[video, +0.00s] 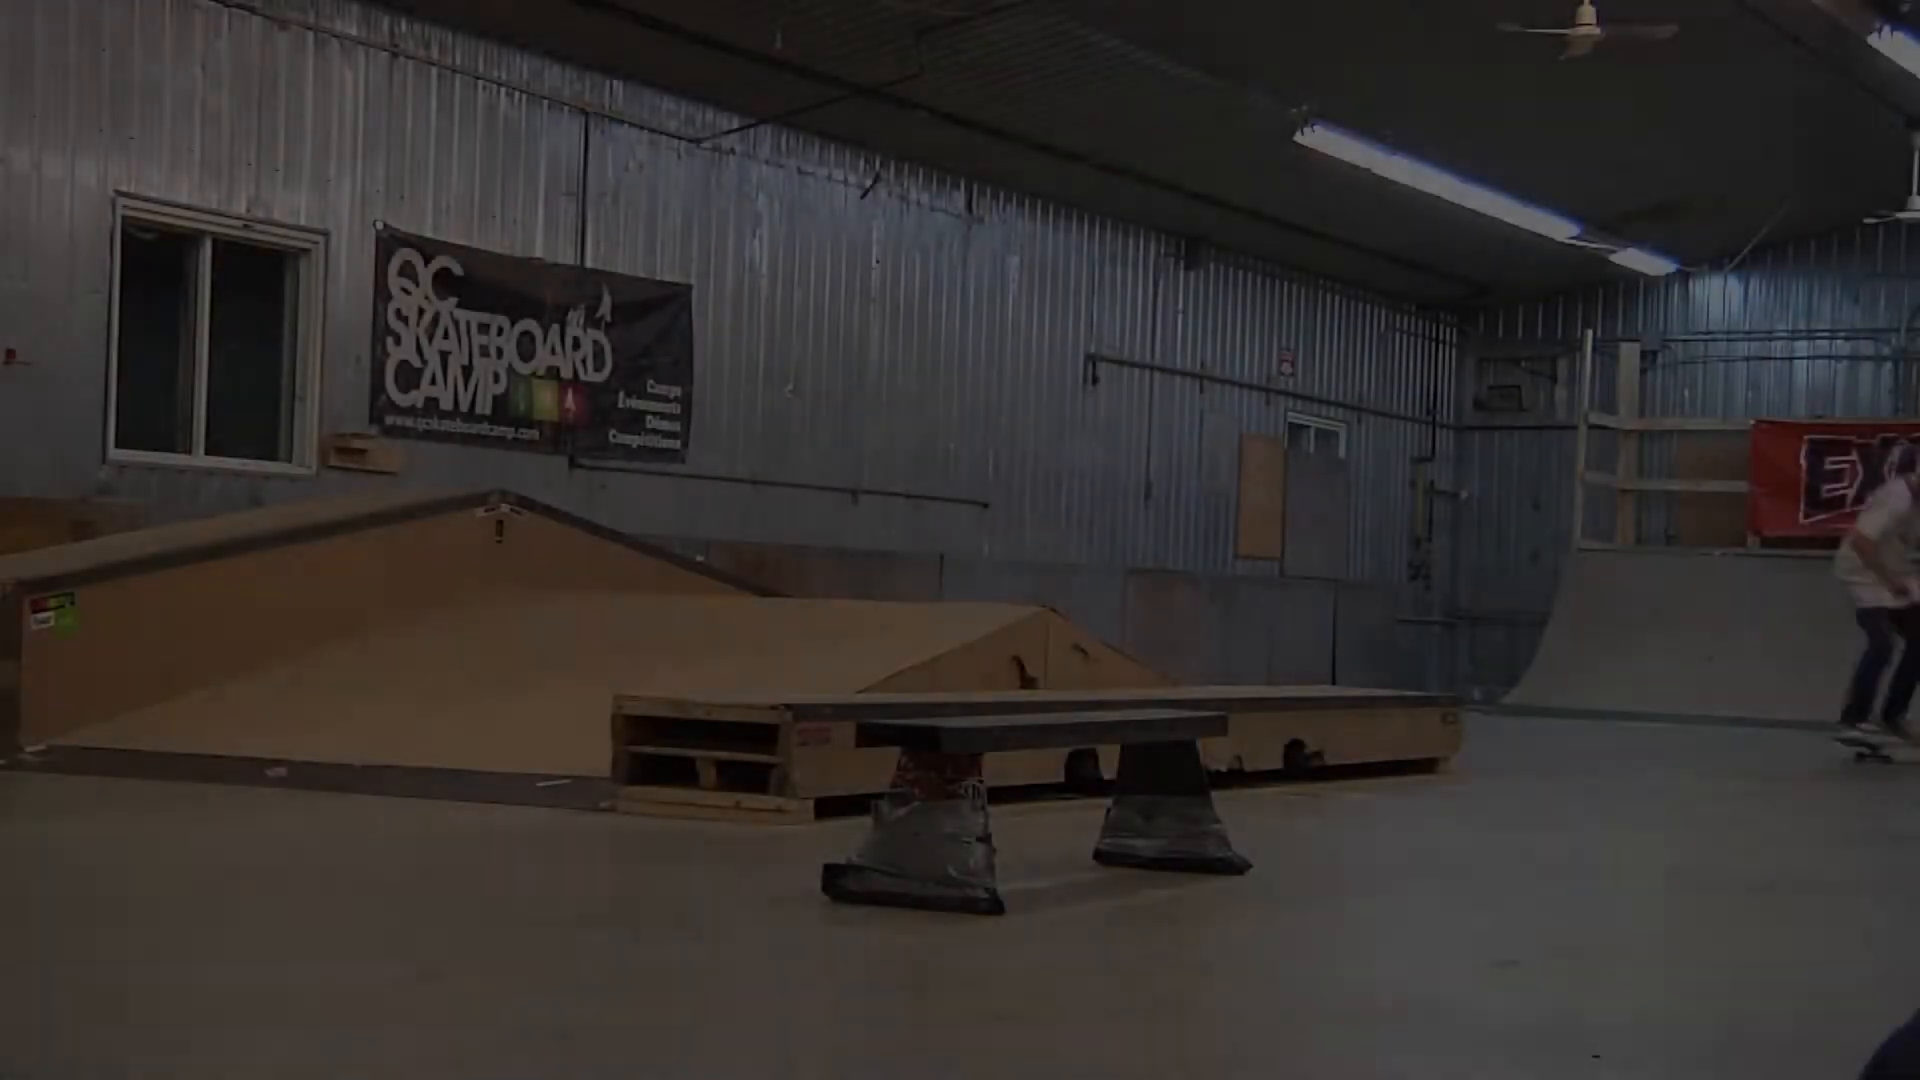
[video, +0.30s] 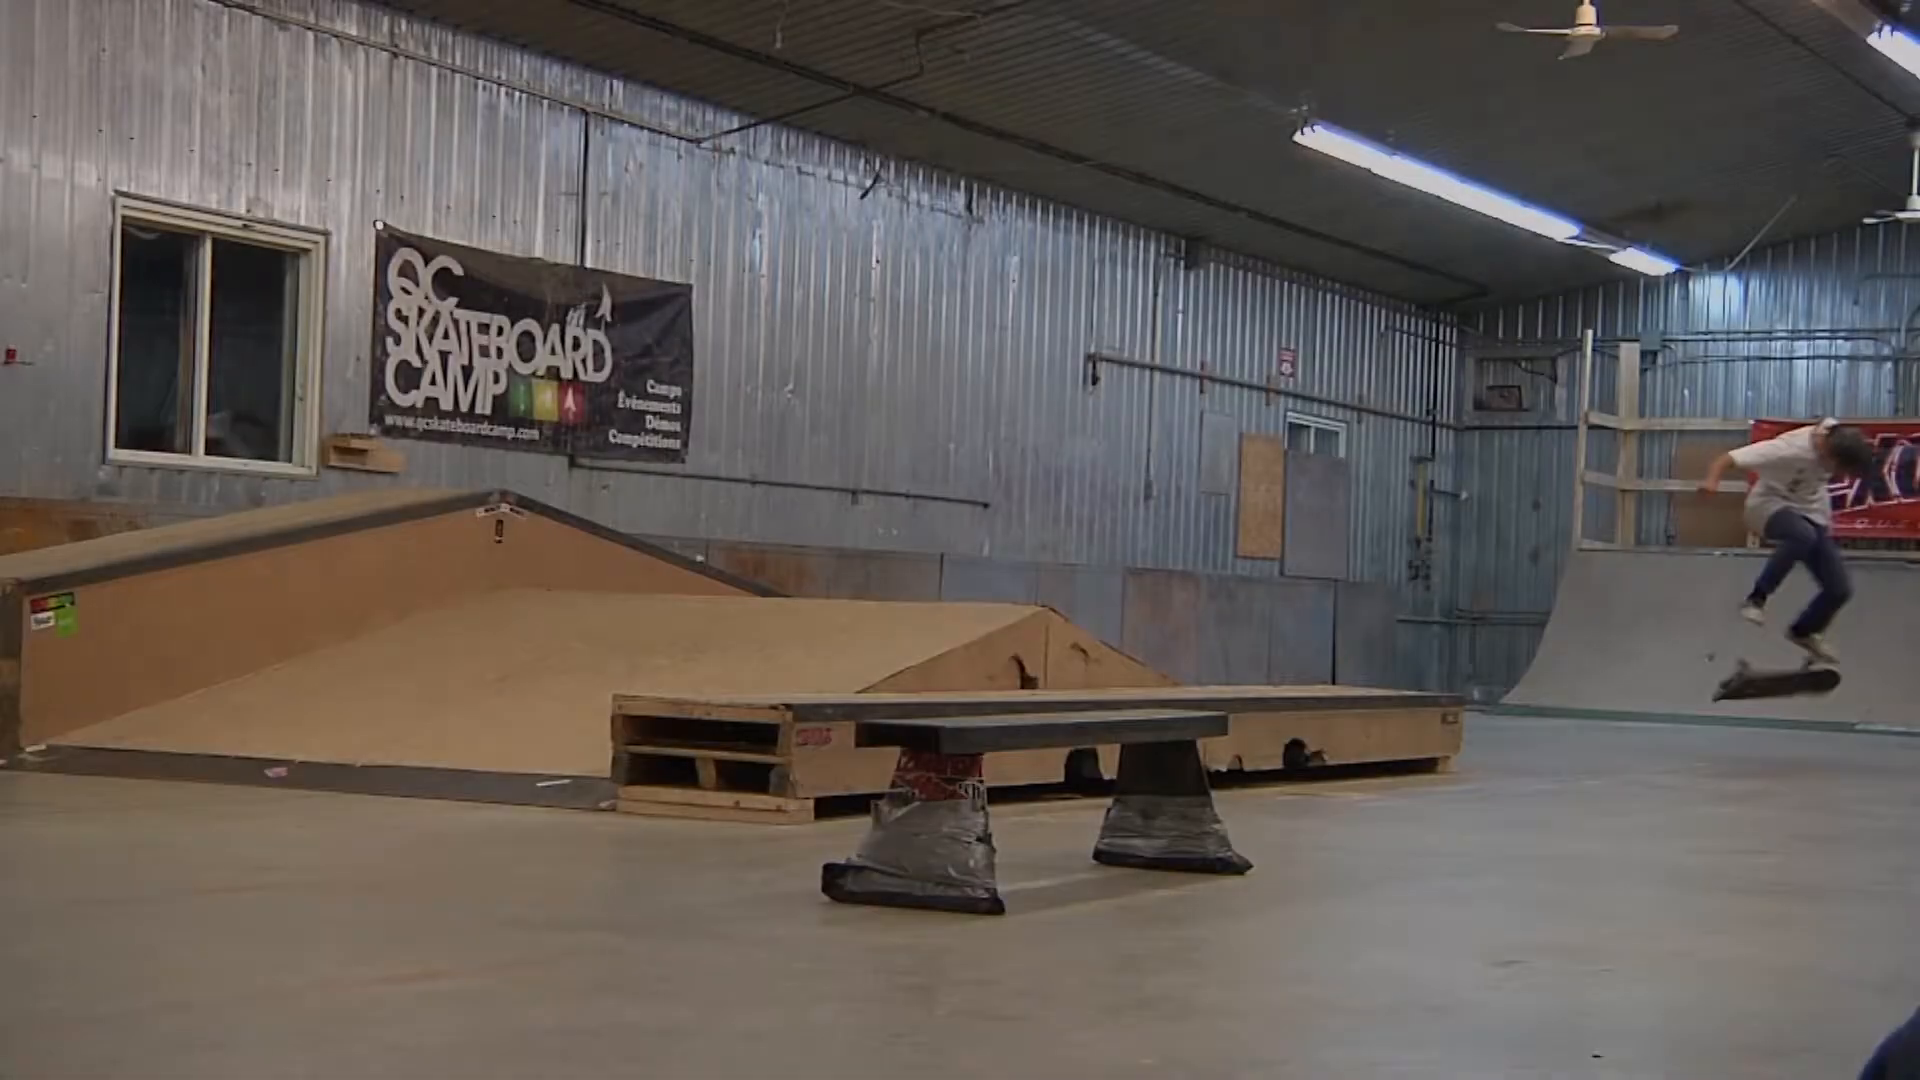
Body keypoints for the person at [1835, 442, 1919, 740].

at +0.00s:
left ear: (1911, 471)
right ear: (1915, 473)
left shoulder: (1908, 497)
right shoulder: (1898, 496)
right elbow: (1860, 539)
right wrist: (1892, 582)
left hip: (1901, 578)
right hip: (1863, 575)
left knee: (1915, 644)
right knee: (1881, 642)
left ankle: (1892, 716)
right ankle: (1853, 719)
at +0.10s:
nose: (1913, 477)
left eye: (1915, 472)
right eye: (1913, 470)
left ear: (1906, 453)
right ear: (1905, 458)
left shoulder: (1891, 449)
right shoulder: (1870, 462)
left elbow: (1870, 430)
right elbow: (1818, 479)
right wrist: (1835, 514)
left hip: (1870, 538)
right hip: (1833, 545)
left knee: (1917, 574)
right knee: (1815, 622)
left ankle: (1876, 641)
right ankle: (1798, 705)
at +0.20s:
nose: (1883, 468)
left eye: (1887, 465)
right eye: (1883, 462)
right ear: (1874, 450)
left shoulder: (1869, 442)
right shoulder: (1832, 448)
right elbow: (1764, 453)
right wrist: (1753, 484)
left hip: (1839, 508)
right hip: (1801, 514)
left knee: (1898, 564)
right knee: (1809, 578)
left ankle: (1837, 623)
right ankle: (1761, 650)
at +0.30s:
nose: (1840, 475)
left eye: (1845, 472)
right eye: (1840, 469)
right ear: (1830, 453)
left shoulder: (1838, 443)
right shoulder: (1790, 448)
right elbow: (1726, 459)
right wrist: (1711, 482)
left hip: (1811, 514)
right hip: (1769, 505)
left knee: (1839, 589)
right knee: (1802, 536)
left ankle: (1803, 631)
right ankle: (1756, 601)